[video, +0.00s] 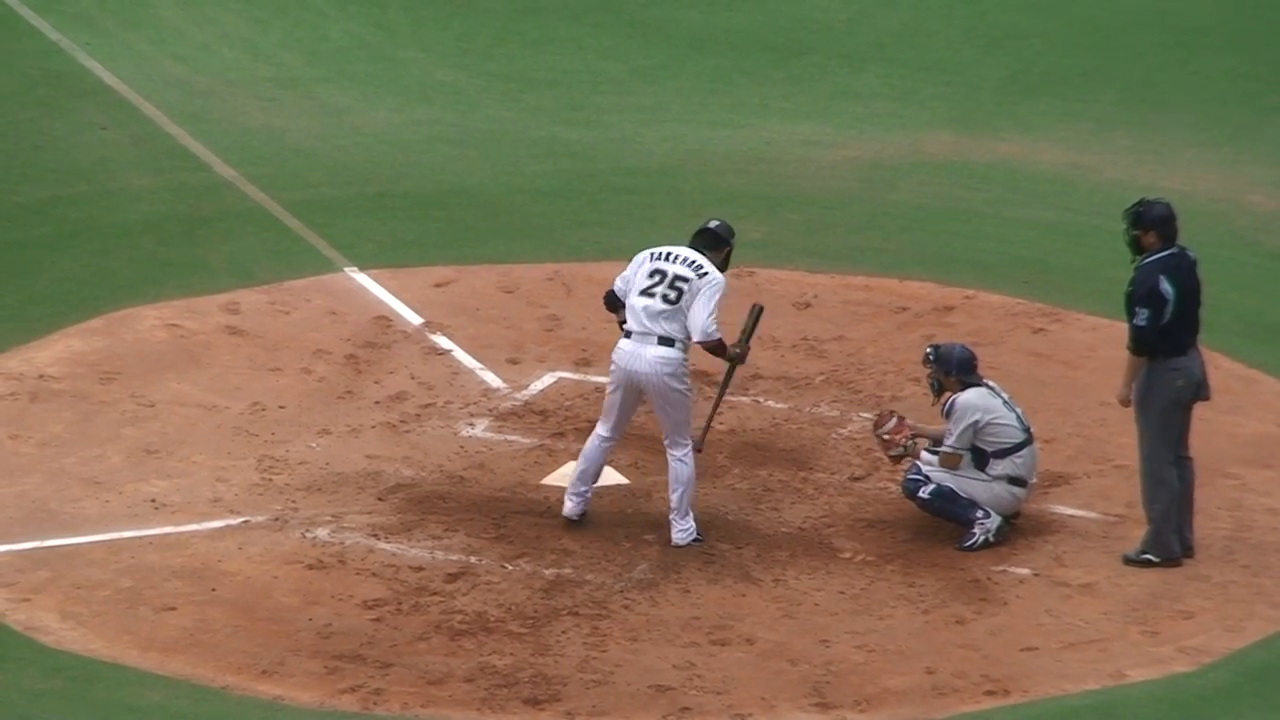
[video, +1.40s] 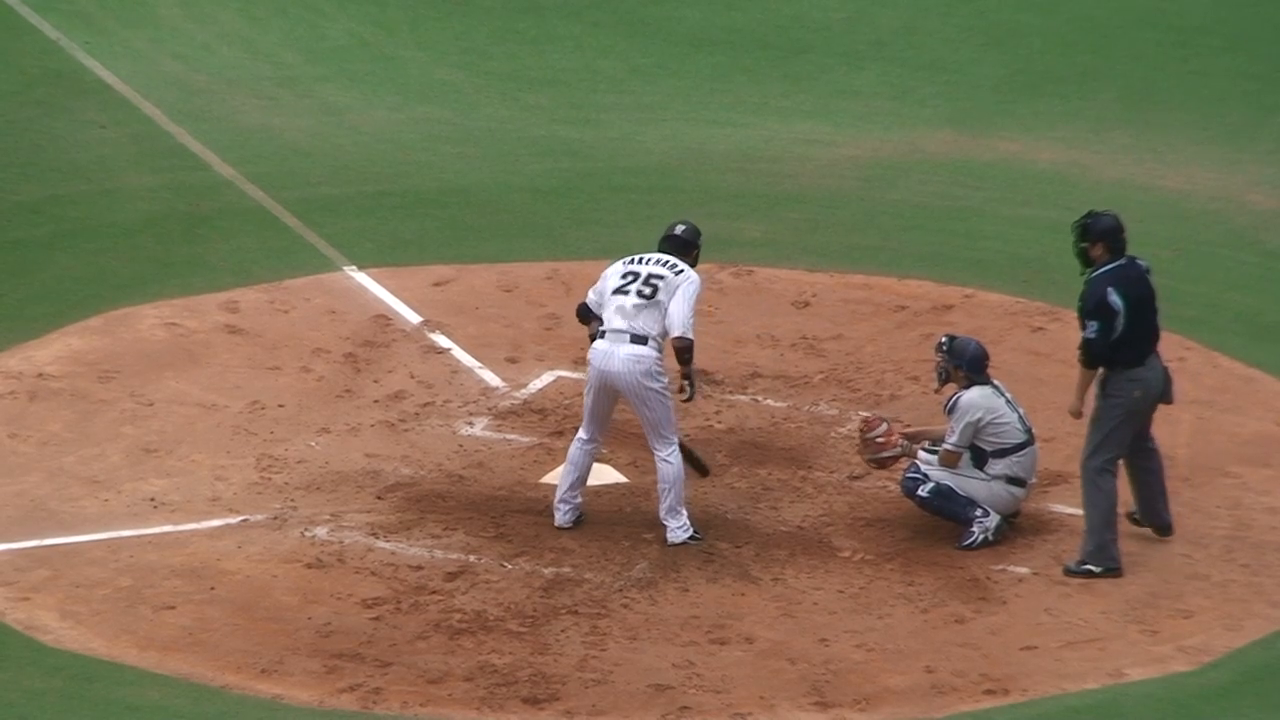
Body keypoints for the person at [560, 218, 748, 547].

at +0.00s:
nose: (726, 261)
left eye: (727, 255)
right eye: (727, 254)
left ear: (694, 240)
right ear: (719, 250)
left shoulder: (651, 254)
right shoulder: (711, 276)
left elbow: (612, 298)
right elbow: (703, 334)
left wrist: (629, 317)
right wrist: (728, 354)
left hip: (626, 351)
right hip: (666, 359)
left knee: (605, 431)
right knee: (678, 445)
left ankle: (573, 503)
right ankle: (682, 529)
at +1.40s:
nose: (695, 258)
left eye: (696, 253)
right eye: (696, 253)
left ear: (662, 244)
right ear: (691, 252)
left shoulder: (624, 262)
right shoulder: (687, 276)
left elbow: (585, 311)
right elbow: (680, 338)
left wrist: (607, 334)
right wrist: (687, 373)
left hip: (601, 351)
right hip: (641, 357)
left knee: (588, 435)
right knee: (666, 447)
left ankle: (564, 511)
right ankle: (677, 527)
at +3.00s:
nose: (713, 247)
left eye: (714, 241)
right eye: (712, 241)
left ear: (679, 232)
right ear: (704, 240)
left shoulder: (639, 252)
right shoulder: (701, 275)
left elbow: (608, 304)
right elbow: (695, 342)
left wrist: (618, 336)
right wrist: (694, 372)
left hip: (619, 348)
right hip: (659, 357)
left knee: (598, 433)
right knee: (673, 443)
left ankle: (569, 507)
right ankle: (684, 528)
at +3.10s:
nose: (717, 244)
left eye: (718, 238)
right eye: (716, 238)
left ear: (684, 229)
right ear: (709, 239)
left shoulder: (644, 251)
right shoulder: (706, 275)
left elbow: (620, 305)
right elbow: (699, 340)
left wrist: (635, 339)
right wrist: (700, 370)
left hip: (623, 347)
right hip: (662, 358)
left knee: (600, 430)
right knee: (675, 443)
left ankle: (571, 503)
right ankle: (684, 528)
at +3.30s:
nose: (712, 239)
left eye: (713, 234)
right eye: (712, 234)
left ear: (679, 226)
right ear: (706, 235)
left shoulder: (646, 250)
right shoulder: (700, 272)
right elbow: (695, 331)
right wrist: (704, 367)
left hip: (622, 348)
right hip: (662, 359)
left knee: (599, 429)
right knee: (675, 443)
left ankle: (569, 504)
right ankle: (684, 528)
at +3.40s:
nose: (705, 238)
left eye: (704, 232)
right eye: (705, 232)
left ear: (672, 226)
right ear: (699, 235)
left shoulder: (643, 249)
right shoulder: (691, 270)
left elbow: (635, 302)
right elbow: (686, 332)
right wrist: (708, 361)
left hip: (618, 350)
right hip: (657, 360)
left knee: (598, 431)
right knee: (673, 442)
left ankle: (568, 508)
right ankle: (684, 528)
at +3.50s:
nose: (693, 232)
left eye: (692, 227)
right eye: (693, 227)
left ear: (659, 221)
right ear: (690, 230)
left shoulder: (635, 248)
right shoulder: (680, 269)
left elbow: (656, 306)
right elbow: (676, 326)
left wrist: (698, 326)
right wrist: (710, 342)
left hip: (614, 350)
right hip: (652, 359)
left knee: (597, 431)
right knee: (671, 441)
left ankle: (567, 510)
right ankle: (683, 527)